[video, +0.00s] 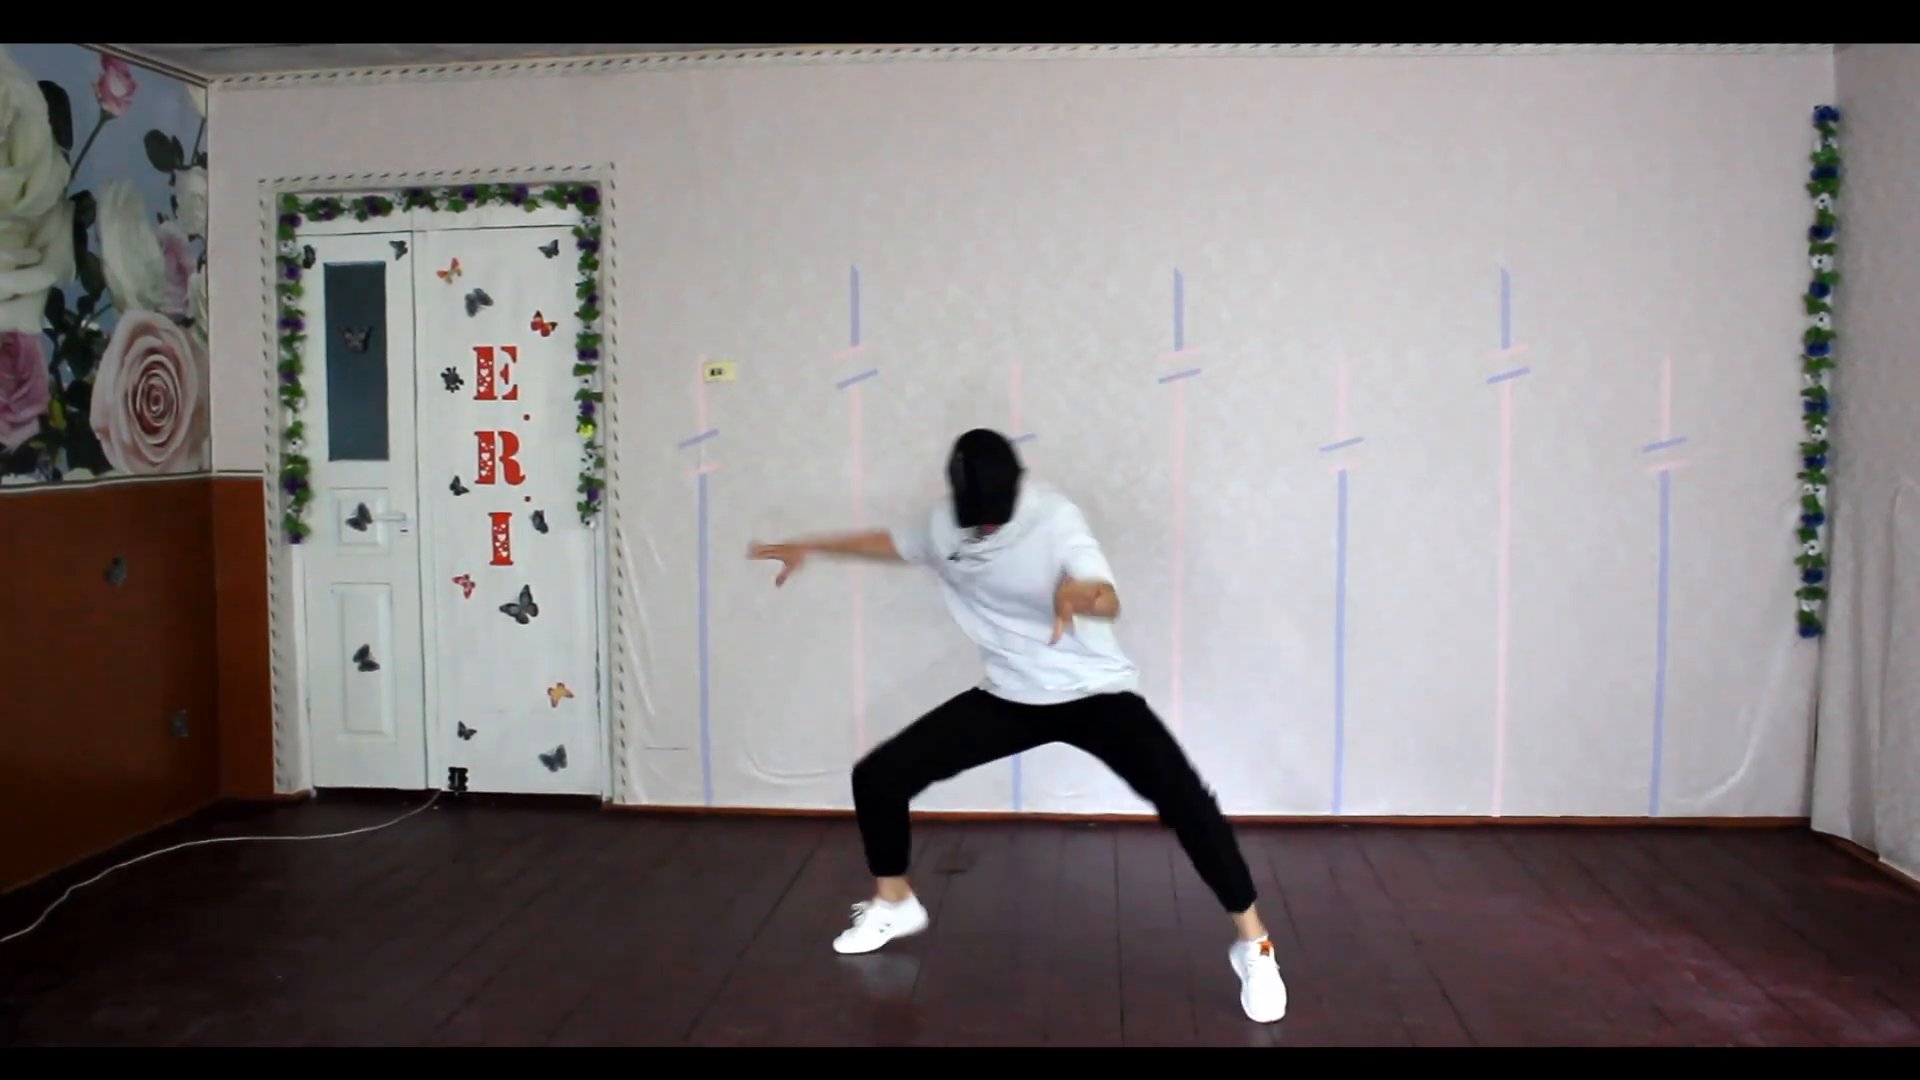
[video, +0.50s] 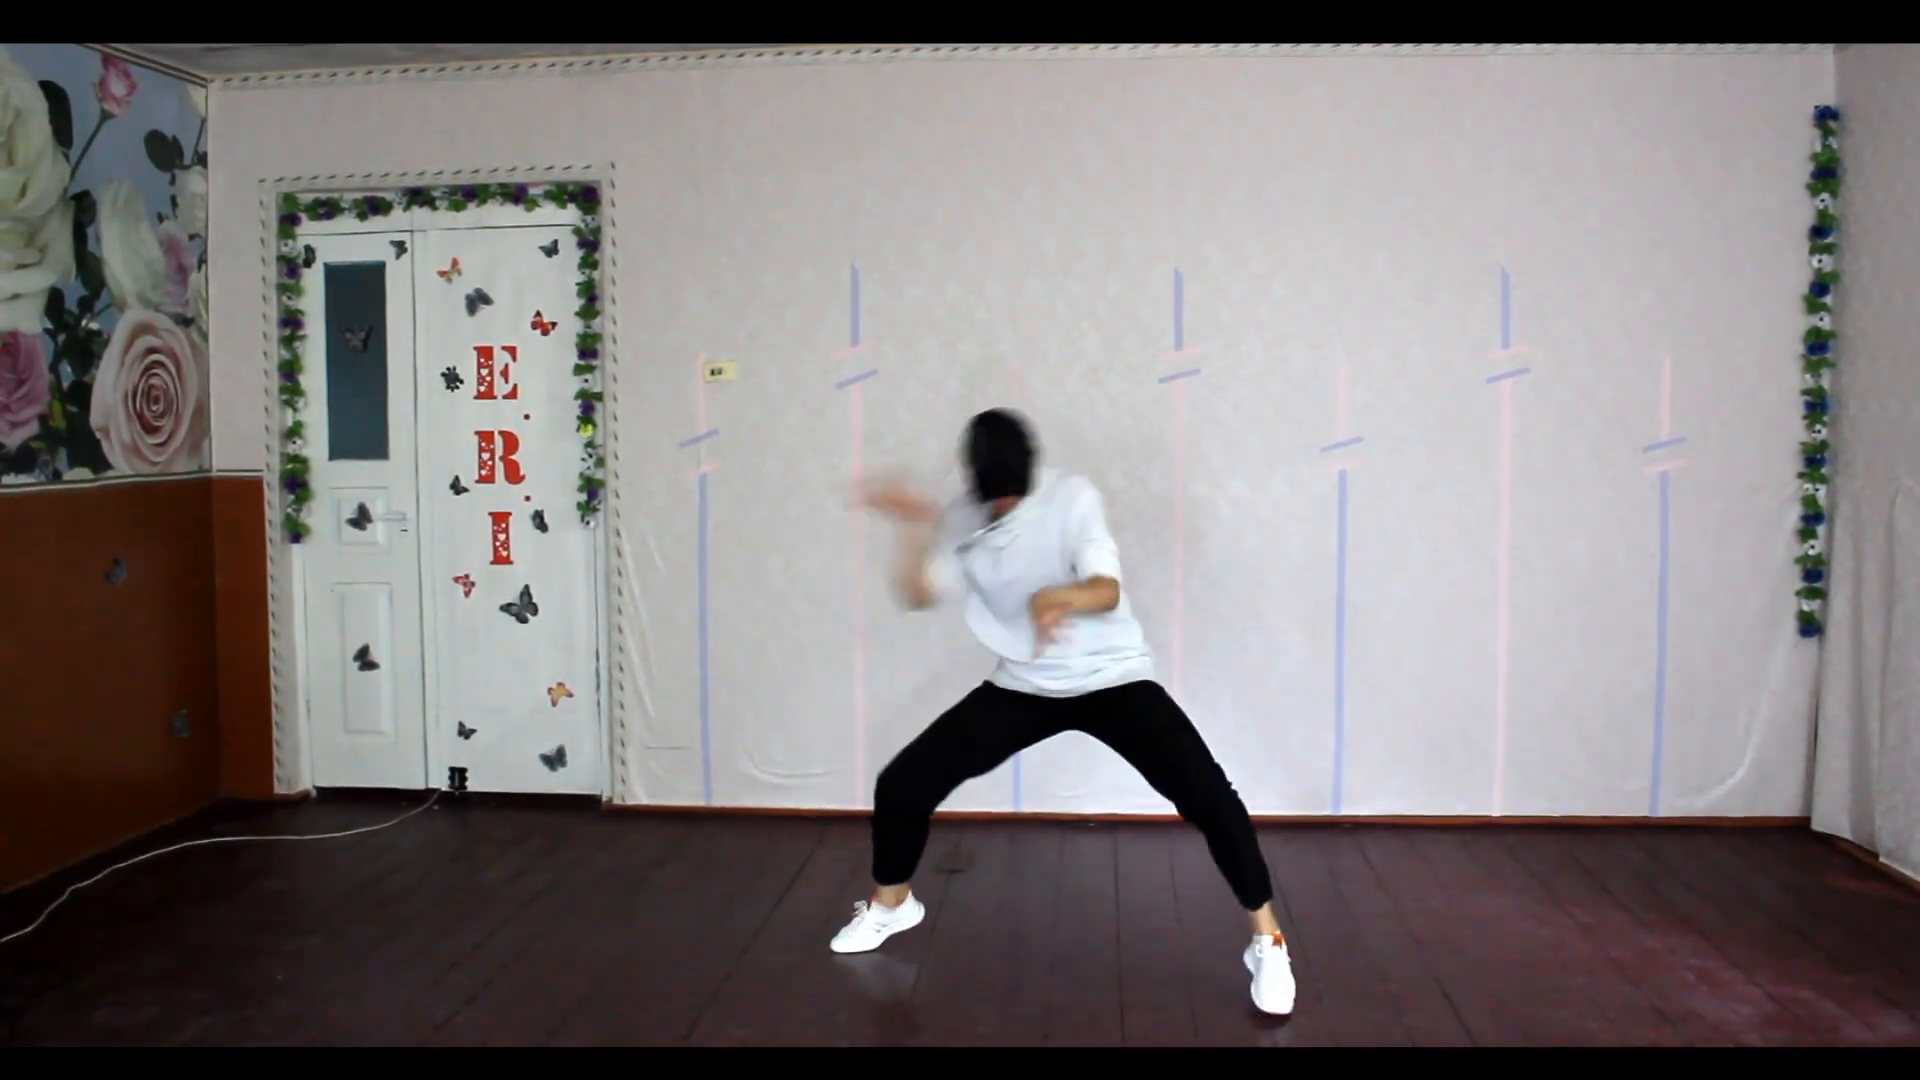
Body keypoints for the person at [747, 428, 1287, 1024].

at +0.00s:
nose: (982, 531)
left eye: (992, 521)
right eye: (971, 521)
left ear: (1014, 497)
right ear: (954, 501)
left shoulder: (1054, 520)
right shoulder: (940, 529)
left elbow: (1107, 598)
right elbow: (889, 546)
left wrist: (1071, 595)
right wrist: (807, 548)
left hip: (1097, 698)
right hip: (1007, 699)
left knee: (1187, 803)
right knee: (879, 779)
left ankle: (1255, 945)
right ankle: (894, 903)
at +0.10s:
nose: (1021, 534)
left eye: (1030, 523)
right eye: (1008, 525)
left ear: (1048, 494)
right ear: (986, 501)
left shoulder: (1087, 538)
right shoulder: (968, 540)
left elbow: (1111, 645)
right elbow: (946, 589)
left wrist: (1080, 632)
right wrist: (862, 595)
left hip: (1096, 715)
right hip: (1008, 711)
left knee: (1169, 836)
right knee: (887, 799)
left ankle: (1253, 958)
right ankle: (904, 914)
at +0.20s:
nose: (1029, 526)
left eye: (1037, 512)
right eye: (1016, 518)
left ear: (1054, 489)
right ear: (996, 499)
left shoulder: (1085, 538)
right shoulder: (983, 532)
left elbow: (1108, 651)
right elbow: (954, 593)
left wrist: (1077, 635)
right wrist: (869, 617)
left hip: (1093, 711)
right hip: (1006, 708)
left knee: (1159, 832)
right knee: (880, 791)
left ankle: (1254, 960)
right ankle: (900, 911)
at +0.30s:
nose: (999, 525)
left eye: (1006, 513)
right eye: (986, 517)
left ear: (1025, 487)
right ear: (967, 503)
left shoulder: (1064, 524)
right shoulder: (959, 537)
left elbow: (1118, 617)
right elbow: (904, 577)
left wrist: (1097, 602)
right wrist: (817, 573)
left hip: (1098, 701)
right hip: (1012, 700)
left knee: (1175, 827)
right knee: (881, 777)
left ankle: (1255, 953)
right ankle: (888, 899)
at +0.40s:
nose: (971, 529)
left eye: (980, 515)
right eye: (959, 519)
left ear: (1002, 485)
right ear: (942, 502)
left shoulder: (1049, 508)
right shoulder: (943, 540)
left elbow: (1093, 571)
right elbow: (870, 586)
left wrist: (1085, 598)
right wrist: (832, 532)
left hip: (1108, 689)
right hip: (1017, 691)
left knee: (1196, 809)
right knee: (895, 784)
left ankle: (1264, 947)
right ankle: (891, 903)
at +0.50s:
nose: (997, 496)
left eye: (1005, 485)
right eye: (988, 486)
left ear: (1021, 472)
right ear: (975, 478)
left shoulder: (1072, 500)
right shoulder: (967, 532)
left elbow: (1106, 589)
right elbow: (917, 592)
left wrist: (1056, 599)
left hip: (1114, 684)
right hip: (1022, 688)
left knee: (1209, 797)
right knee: (902, 786)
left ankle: (1267, 939)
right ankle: (891, 904)